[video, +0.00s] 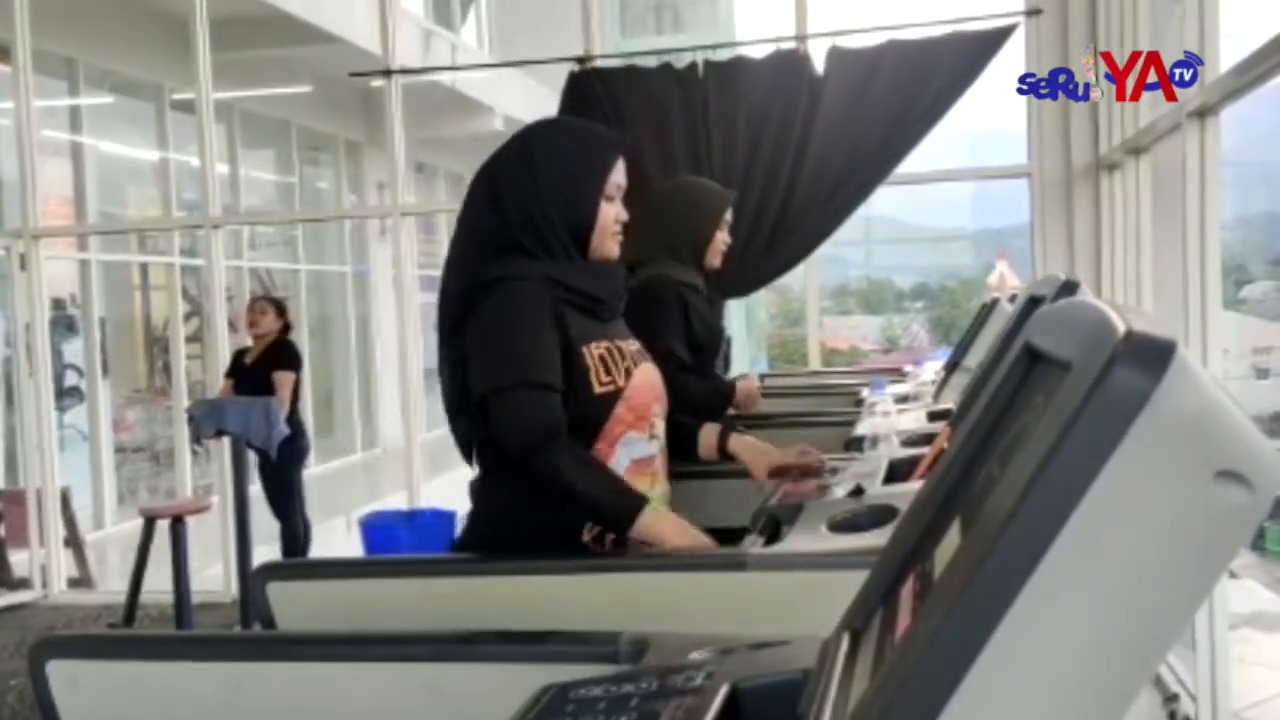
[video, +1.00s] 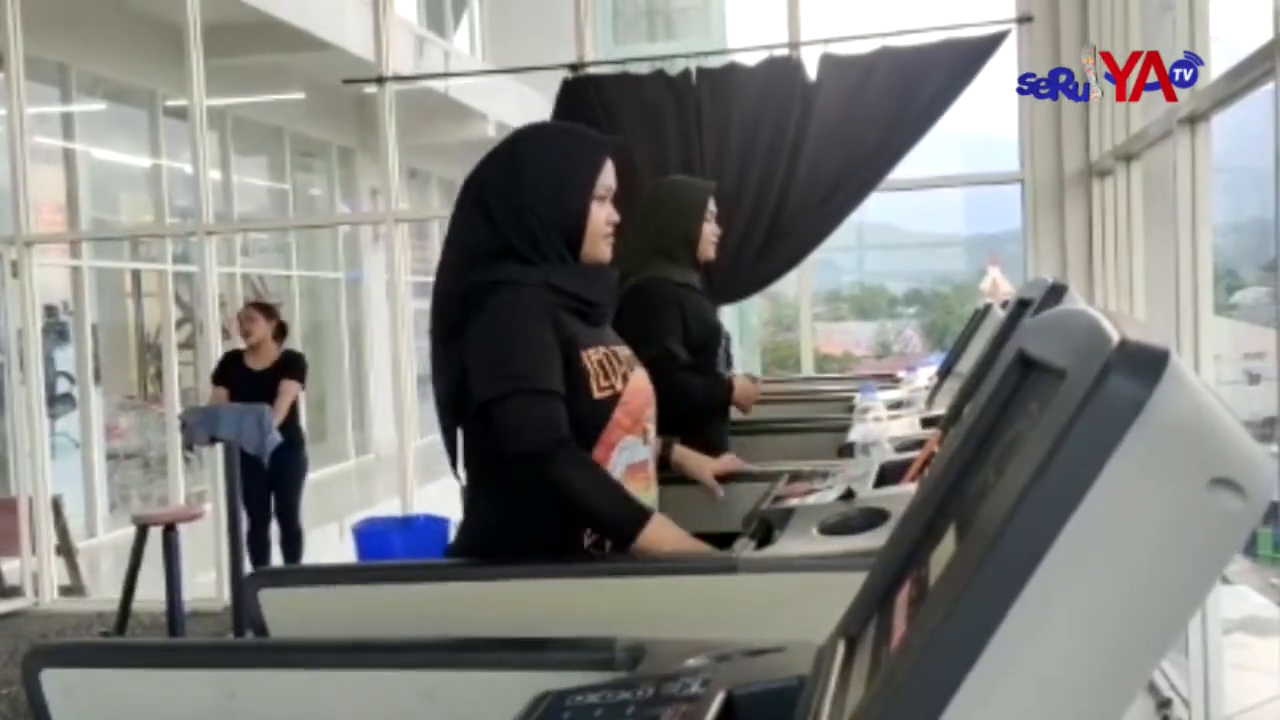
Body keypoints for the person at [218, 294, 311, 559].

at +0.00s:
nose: (254, 318)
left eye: (263, 313)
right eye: (251, 313)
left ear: (279, 320)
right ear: (246, 319)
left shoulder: (284, 350)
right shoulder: (242, 357)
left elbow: (283, 399)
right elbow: (226, 395)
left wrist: (267, 430)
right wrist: (210, 420)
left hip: (287, 434)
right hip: (260, 437)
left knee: (289, 504)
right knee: (280, 506)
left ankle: (294, 566)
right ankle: (294, 564)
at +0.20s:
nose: (247, 319)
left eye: (254, 314)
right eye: (245, 314)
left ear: (273, 320)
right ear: (241, 320)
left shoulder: (285, 350)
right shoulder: (235, 358)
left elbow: (283, 398)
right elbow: (224, 398)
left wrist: (269, 429)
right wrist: (211, 423)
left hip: (287, 435)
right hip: (254, 438)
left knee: (291, 507)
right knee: (275, 510)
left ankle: (299, 570)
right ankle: (285, 570)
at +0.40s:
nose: (242, 323)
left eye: (249, 316)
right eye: (239, 318)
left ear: (268, 321)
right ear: (236, 323)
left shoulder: (288, 352)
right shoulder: (231, 357)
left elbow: (282, 394)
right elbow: (220, 398)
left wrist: (267, 426)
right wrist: (211, 425)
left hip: (289, 436)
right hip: (250, 437)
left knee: (289, 509)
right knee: (259, 512)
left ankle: (295, 569)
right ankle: (264, 572)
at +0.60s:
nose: (241, 324)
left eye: (247, 318)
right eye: (238, 319)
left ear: (266, 321)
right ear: (235, 325)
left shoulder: (289, 353)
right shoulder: (231, 356)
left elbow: (283, 391)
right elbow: (220, 397)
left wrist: (265, 421)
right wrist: (212, 425)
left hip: (286, 433)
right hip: (247, 434)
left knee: (280, 507)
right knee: (259, 504)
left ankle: (277, 568)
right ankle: (259, 567)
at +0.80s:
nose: (242, 326)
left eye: (248, 319)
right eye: (238, 321)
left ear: (267, 322)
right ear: (235, 327)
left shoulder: (290, 357)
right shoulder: (230, 357)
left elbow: (283, 395)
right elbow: (219, 398)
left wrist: (264, 425)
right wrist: (210, 427)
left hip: (284, 439)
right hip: (245, 439)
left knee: (278, 515)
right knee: (252, 512)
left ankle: (281, 576)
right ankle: (258, 576)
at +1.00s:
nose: (245, 327)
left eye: (251, 321)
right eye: (242, 322)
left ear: (271, 324)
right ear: (238, 327)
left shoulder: (291, 361)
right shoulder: (230, 362)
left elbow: (283, 403)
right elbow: (218, 404)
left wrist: (263, 432)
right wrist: (210, 429)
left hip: (286, 444)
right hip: (247, 445)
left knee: (286, 513)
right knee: (257, 517)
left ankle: (293, 574)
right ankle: (261, 577)